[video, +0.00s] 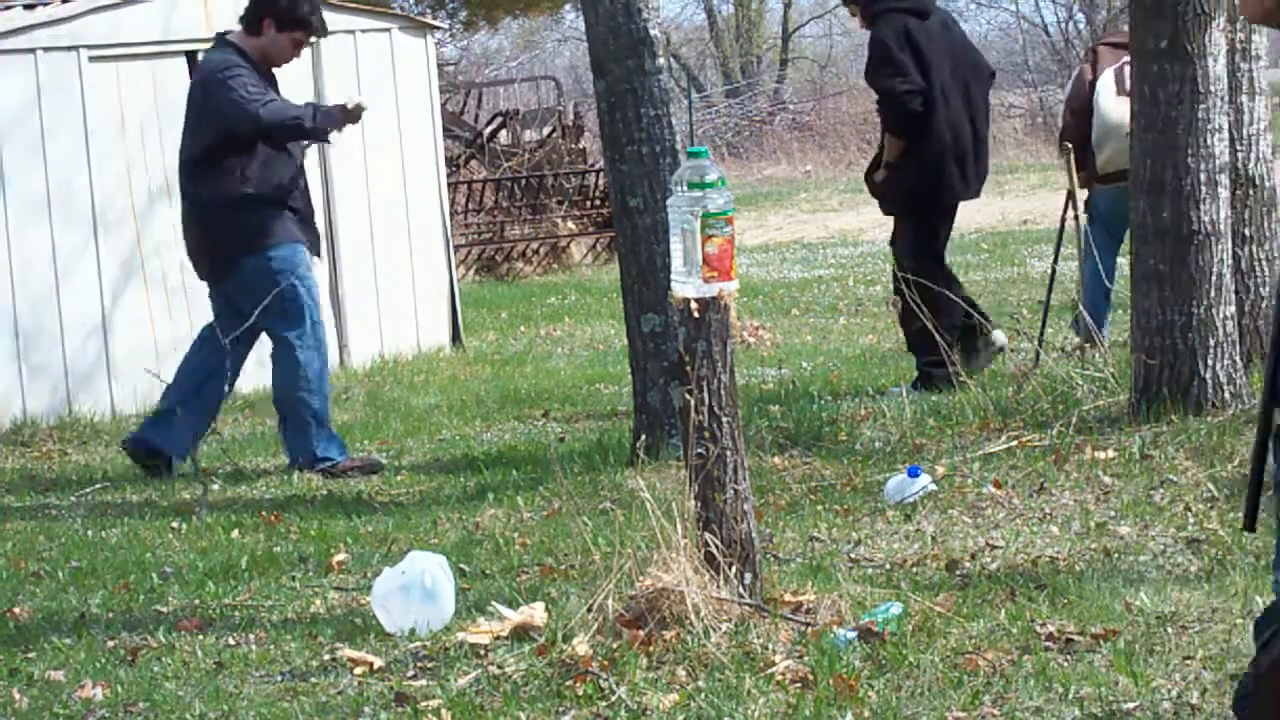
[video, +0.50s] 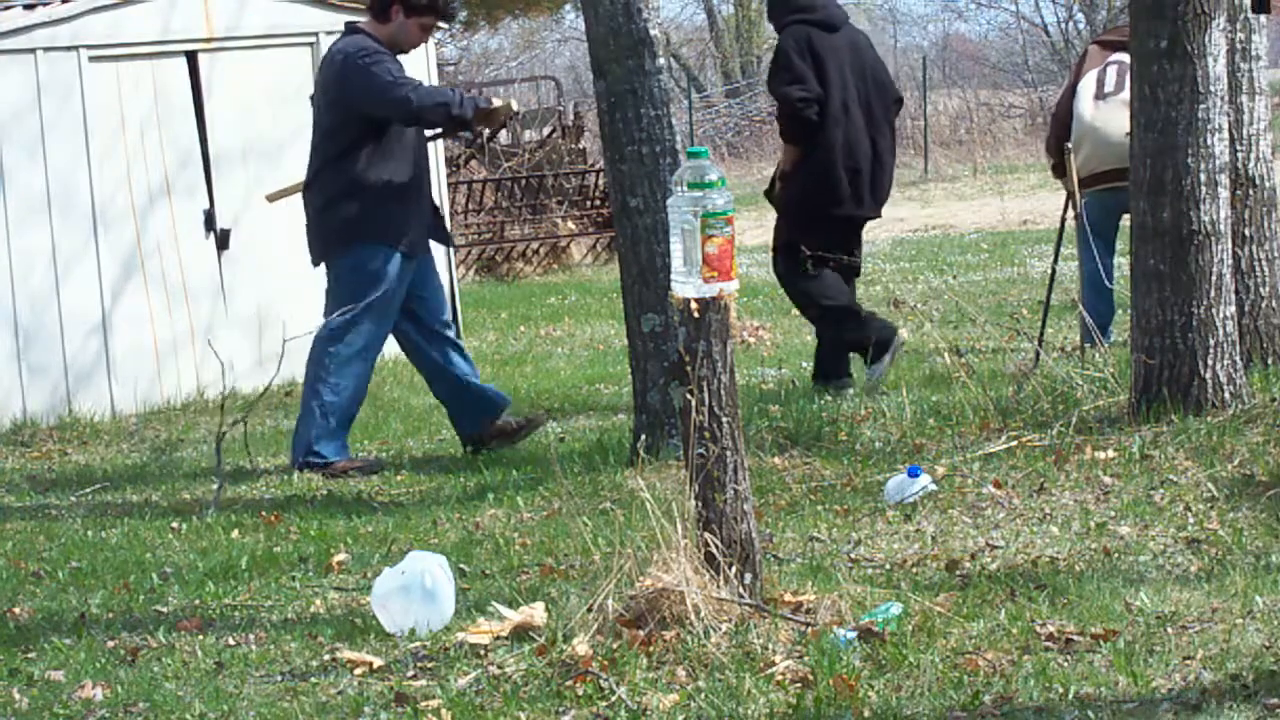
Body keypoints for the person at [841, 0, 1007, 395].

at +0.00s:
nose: (855, 18)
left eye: (853, 9)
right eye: (852, 11)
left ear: (866, 2)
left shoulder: (886, 29)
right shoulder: (938, 19)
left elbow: (904, 101)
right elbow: (981, 72)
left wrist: (888, 161)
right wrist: (966, 136)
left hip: (923, 169)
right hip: (957, 163)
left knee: (912, 269)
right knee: (924, 261)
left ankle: (937, 374)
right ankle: (976, 335)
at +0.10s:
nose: (834, 16)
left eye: (833, 9)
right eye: (831, 10)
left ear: (845, 3)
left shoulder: (865, 30)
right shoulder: (921, 20)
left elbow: (883, 103)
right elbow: (962, 75)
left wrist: (869, 164)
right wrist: (949, 142)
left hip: (901, 172)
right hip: (937, 163)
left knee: (900, 260)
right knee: (899, 257)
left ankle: (929, 370)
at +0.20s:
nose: (812, 16)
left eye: (812, 9)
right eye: (811, 11)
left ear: (825, 4)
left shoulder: (846, 35)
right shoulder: (904, 25)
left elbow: (860, 105)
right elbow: (943, 80)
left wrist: (852, 163)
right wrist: (929, 146)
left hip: (884, 176)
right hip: (924, 168)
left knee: (903, 271)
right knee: (871, 268)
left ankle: (937, 372)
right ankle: (852, 368)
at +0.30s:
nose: (801, 23)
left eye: (800, 15)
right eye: (798, 16)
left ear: (812, 7)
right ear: (846, 0)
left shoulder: (829, 37)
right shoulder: (888, 31)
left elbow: (841, 106)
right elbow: (925, 88)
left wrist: (831, 171)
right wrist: (907, 147)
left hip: (863, 180)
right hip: (904, 174)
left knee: (884, 277)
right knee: (854, 274)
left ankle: (934, 373)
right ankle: (837, 372)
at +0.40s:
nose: (785, 19)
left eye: (786, 12)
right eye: (784, 13)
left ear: (798, 9)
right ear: (835, 2)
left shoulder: (811, 41)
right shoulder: (872, 37)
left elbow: (820, 110)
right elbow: (906, 97)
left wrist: (807, 171)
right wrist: (889, 158)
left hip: (837, 180)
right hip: (881, 175)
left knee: (844, 274)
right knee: (848, 275)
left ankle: (920, 360)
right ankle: (832, 374)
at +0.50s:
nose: (770, 18)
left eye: (772, 11)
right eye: (770, 12)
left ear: (784, 8)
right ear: (823, 3)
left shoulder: (794, 40)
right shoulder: (857, 38)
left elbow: (800, 106)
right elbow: (890, 98)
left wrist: (788, 160)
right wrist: (867, 146)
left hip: (817, 176)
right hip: (863, 172)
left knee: (793, 264)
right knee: (840, 270)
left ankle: (875, 336)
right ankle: (831, 376)